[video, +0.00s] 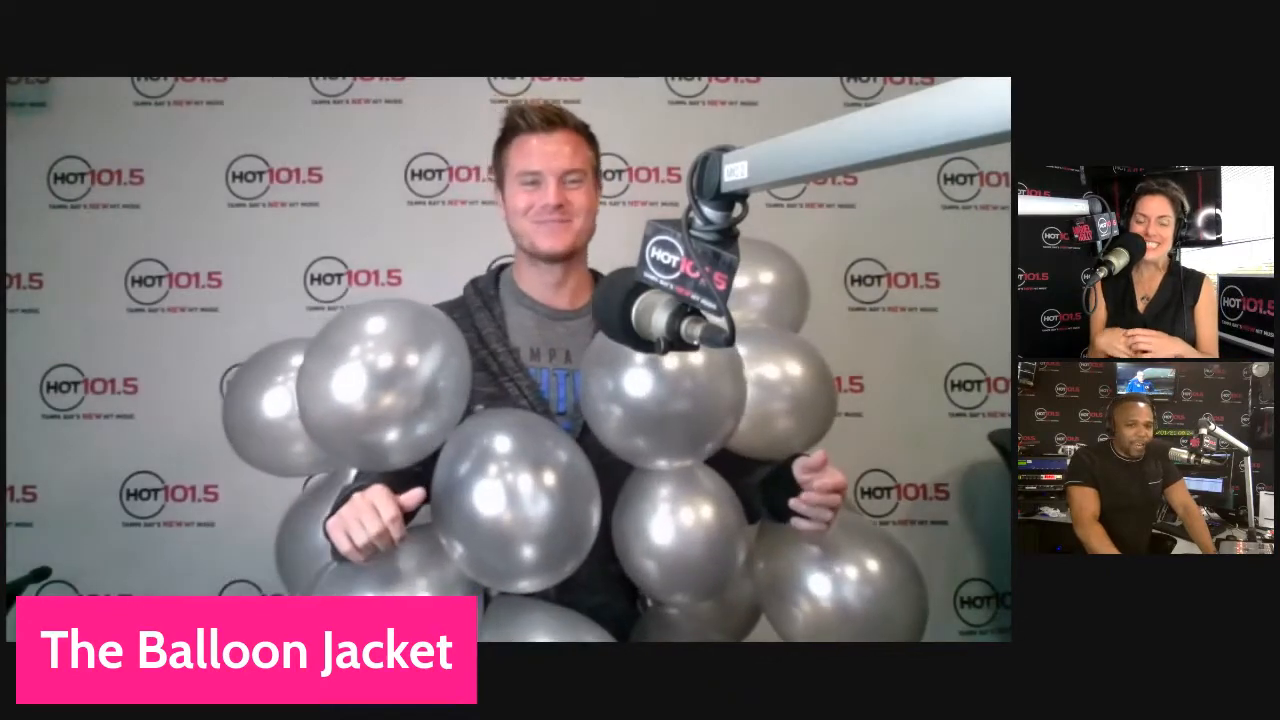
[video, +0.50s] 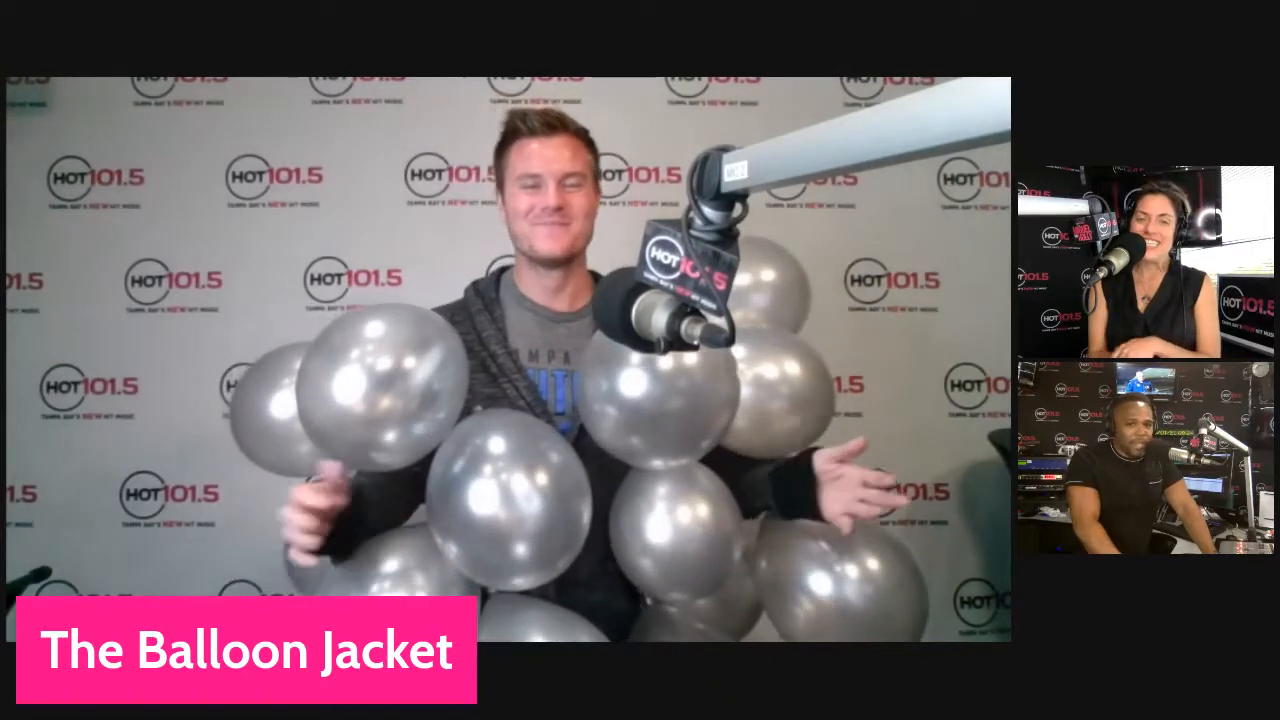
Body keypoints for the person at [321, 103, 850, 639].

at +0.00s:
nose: (552, 199)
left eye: (571, 179)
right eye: (530, 181)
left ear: (598, 193)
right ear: (501, 197)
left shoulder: (652, 317)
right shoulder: (445, 334)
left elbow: (704, 455)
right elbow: (396, 448)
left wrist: (782, 487)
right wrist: (357, 498)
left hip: (638, 611)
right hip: (493, 611)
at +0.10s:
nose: (554, 199)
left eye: (573, 179)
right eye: (532, 182)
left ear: (599, 194)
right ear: (501, 197)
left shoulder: (653, 316)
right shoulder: (446, 335)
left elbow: (706, 456)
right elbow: (398, 449)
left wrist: (784, 490)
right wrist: (358, 498)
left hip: (643, 612)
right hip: (497, 612)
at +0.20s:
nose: (554, 198)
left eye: (573, 180)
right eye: (532, 182)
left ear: (599, 194)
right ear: (502, 198)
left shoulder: (653, 318)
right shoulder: (449, 336)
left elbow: (709, 456)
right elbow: (401, 450)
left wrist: (788, 494)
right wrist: (357, 499)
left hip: (645, 614)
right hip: (501, 613)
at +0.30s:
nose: (554, 199)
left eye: (572, 181)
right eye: (531, 182)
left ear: (599, 196)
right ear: (502, 200)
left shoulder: (654, 317)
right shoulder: (449, 335)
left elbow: (707, 459)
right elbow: (412, 455)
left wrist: (788, 488)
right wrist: (365, 498)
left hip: (645, 612)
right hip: (504, 608)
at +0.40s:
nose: (553, 199)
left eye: (572, 181)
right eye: (531, 183)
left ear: (599, 196)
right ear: (502, 201)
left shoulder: (654, 318)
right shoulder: (449, 335)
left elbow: (708, 459)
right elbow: (412, 460)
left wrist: (788, 485)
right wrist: (353, 500)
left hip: (645, 612)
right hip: (505, 610)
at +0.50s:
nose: (550, 201)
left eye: (570, 182)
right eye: (529, 184)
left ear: (599, 197)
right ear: (501, 203)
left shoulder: (656, 322)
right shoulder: (442, 338)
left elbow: (707, 465)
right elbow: (408, 475)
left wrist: (795, 483)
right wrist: (344, 510)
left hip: (649, 618)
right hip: (504, 615)